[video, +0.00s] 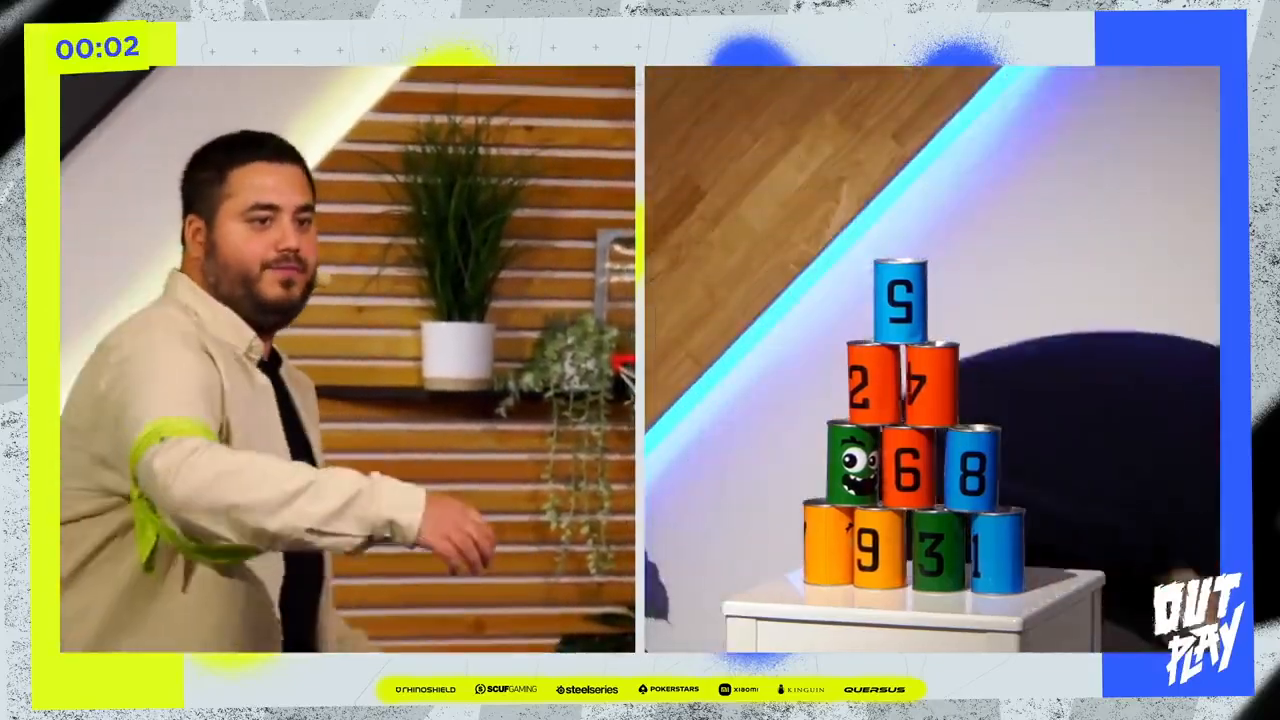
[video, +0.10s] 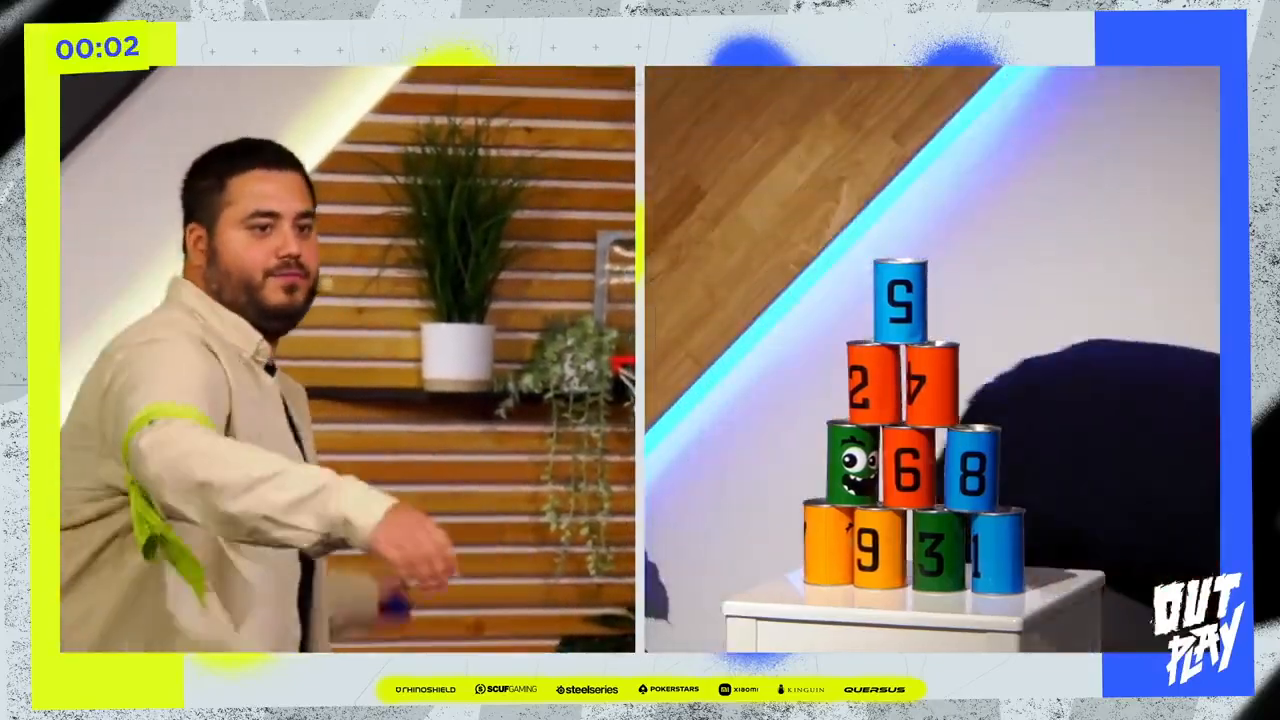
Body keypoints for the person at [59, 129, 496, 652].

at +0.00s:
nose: (292, 244)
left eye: (303, 221)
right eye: (261, 220)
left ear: (316, 235)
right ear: (198, 237)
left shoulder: (290, 386)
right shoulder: (159, 349)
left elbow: (294, 598)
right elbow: (186, 479)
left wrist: (383, 689)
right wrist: (402, 507)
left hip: (249, 697)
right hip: (125, 696)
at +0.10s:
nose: (293, 250)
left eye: (304, 228)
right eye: (261, 227)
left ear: (317, 240)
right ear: (199, 246)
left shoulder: (278, 393)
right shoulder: (167, 353)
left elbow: (232, 581)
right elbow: (173, 459)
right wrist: (361, 511)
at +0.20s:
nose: (284, 251)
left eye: (296, 229)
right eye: (253, 229)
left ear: (311, 239)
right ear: (190, 246)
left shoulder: (269, 387)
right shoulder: (159, 352)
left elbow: (290, 526)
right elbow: (114, 454)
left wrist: (359, 455)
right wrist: (257, 539)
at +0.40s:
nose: (225, 219)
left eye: (239, 193)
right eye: (191, 196)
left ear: (258, 207)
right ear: (135, 220)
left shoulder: (328, 352)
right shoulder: (59, 363)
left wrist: (516, 207)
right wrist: (64, 669)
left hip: (288, 688)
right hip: (125, 689)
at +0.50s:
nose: (156, 250)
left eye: (172, 221)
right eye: (123, 228)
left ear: (195, 227)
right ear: (70, 247)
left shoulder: (277, 339)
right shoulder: (29, 384)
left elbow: (448, 352)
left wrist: (546, 410)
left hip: (268, 695)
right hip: (96, 699)